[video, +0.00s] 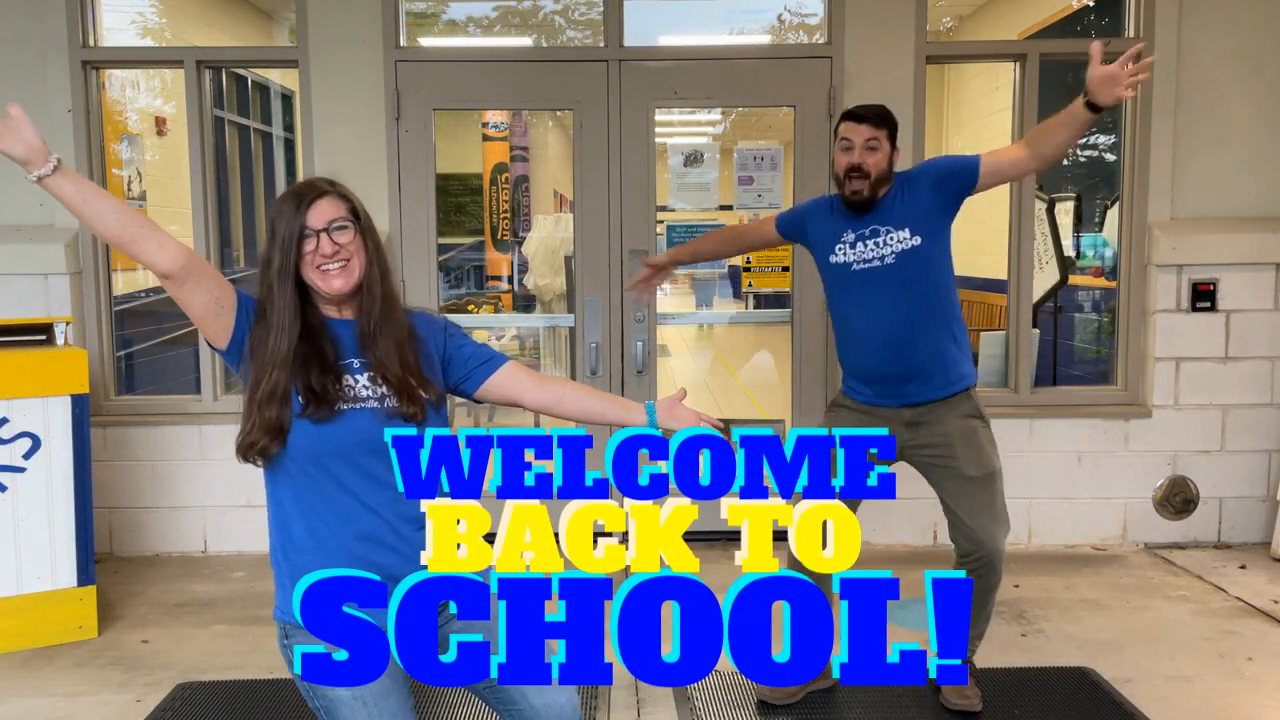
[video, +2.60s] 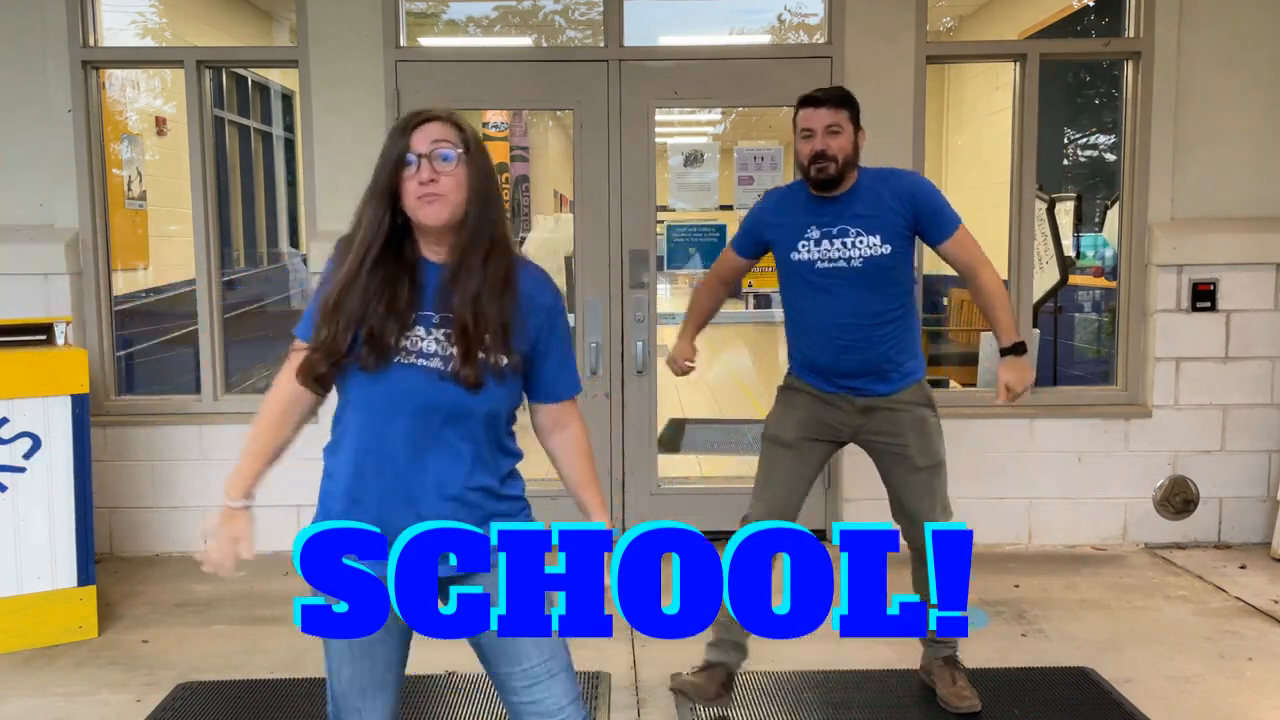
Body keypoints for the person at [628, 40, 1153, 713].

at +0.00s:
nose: (855, 158)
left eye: (868, 147)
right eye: (845, 146)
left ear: (893, 155)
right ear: (831, 156)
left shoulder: (933, 184)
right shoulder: (813, 218)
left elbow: (1026, 155)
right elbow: (741, 236)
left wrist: (1091, 103)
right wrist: (669, 259)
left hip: (947, 410)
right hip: (860, 411)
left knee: (986, 546)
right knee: (809, 531)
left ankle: (955, 662)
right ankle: (809, 653)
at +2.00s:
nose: (836, 158)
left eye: (850, 148)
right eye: (826, 147)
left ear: (874, 152)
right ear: (812, 154)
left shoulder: (916, 186)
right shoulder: (794, 222)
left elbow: (1017, 151)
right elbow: (718, 265)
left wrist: (1120, 106)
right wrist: (640, 297)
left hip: (923, 402)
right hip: (837, 409)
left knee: (947, 541)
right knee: (802, 531)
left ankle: (949, 666)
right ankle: (803, 659)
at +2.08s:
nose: (839, 161)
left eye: (853, 151)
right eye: (829, 149)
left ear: (879, 153)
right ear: (818, 151)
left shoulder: (922, 189)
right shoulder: (799, 221)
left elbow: (1028, 179)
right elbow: (722, 277)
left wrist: (1131, 165)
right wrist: (656, 333)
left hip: (927, 404)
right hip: (840, 403)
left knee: (946, 545)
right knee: (807, 537)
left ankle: (948, 668)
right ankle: (809, 663)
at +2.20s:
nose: (849, 170)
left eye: (863, 158)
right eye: (838, 158)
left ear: (887, 165)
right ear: (824, 164)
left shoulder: (931, 215)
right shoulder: (805, 236)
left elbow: (1025, 261)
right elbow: (763, 319)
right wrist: (721, 389)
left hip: (934, 413)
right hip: (849, 412)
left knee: (951, 552)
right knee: (813, 537)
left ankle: (947, 663)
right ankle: (807, 656)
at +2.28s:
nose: (855, 175)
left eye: (869, 164)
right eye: (844, 164)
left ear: (892, 170)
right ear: (831, 171)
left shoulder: (938, 231)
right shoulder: (811, 245)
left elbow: (984, 320)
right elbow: (804, 338)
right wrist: (785, 423)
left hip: (939, 419)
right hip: (850, 419)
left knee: (954, 555)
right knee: (817, 544)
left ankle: (949, 670)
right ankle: (808, 661)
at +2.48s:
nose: (846, 155)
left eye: (860, 143)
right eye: (835, 144)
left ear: (885, 152)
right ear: (821, 153)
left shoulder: (930, 213)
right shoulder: (801, 222)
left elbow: (974, 296)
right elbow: (765, 294)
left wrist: (992, 387)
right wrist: (746, 359)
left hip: (920, 410)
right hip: (829, 406)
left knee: (944, 546)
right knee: (786, 519)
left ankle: (950, 667)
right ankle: (795, 651)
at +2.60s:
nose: (819, 145)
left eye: (833, 132)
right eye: (807, 134)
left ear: (858, 138)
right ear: (794, 145)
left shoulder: (905, 194)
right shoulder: (773, 212)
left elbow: (975, 266)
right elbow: (723, 276)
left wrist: (1013, 348)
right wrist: (686, 336)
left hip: (898, 398)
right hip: (810, 394)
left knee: (933, 529)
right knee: (763, 523)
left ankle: (942, 657)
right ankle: (720, 663)